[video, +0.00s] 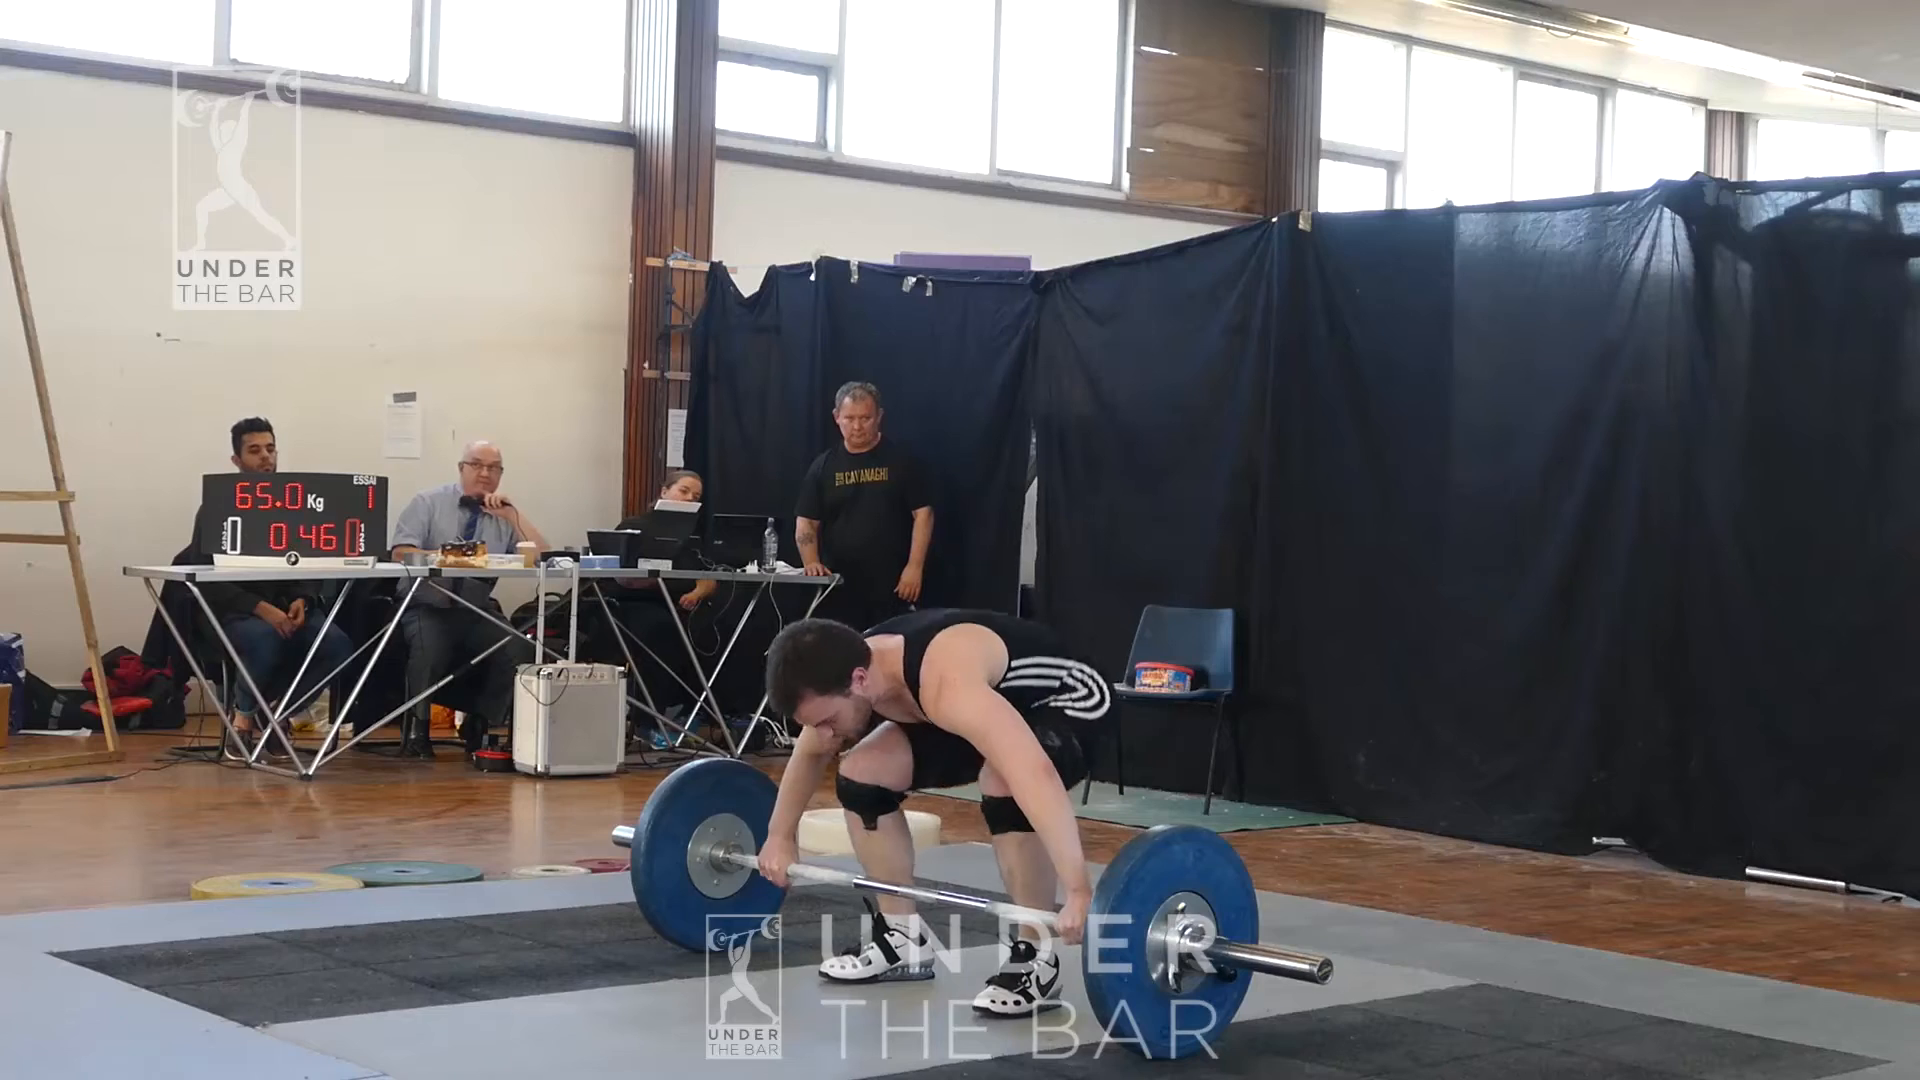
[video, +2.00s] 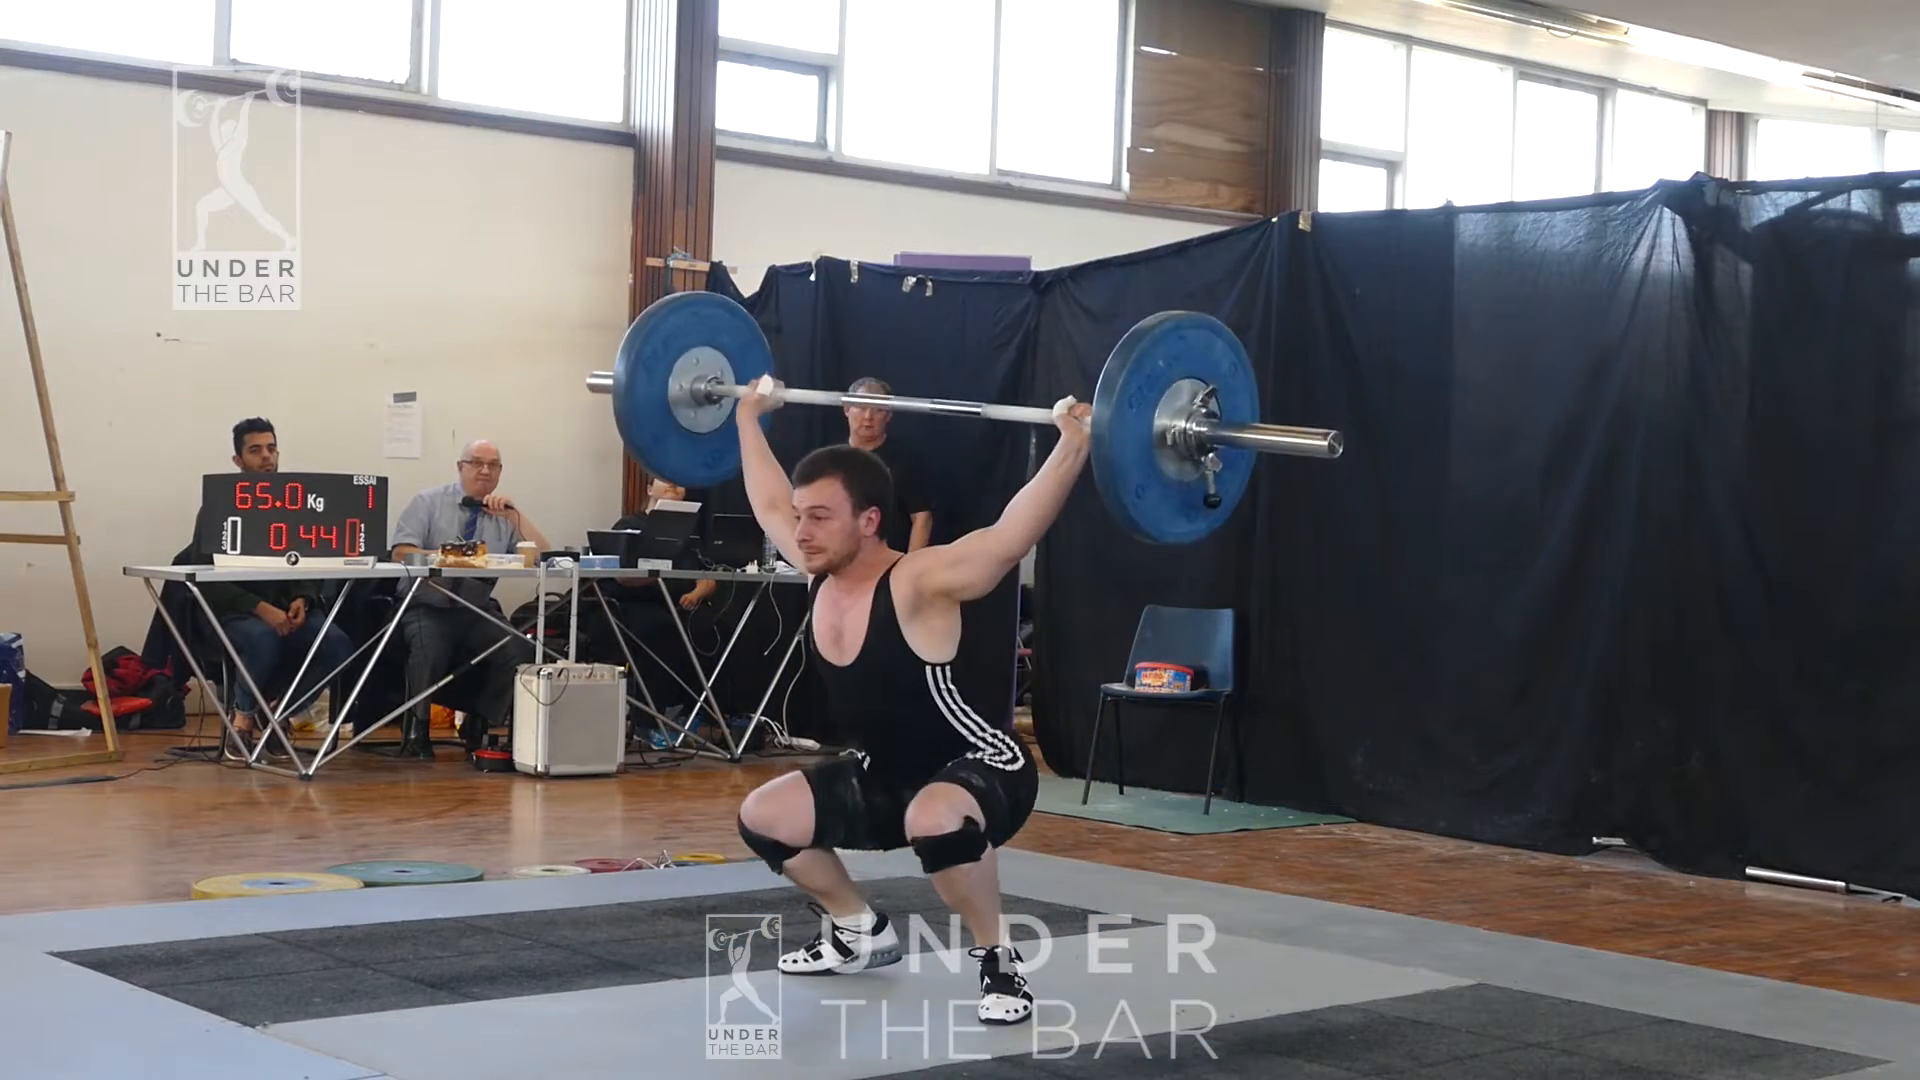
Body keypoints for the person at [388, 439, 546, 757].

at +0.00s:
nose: (485, 473)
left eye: (494, 468)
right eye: (476, 465)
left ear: (501, 475)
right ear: (461, 469)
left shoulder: (503, 516)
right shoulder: (427, 503)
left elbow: (541, 555)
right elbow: (402, 552)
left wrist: (515, 515)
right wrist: (446, 560)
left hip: (478, 609)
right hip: (429, 605)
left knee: (518, 651)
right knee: (430, 649)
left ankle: (477, 727)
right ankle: (417, 732)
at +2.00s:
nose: (485, 471)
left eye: (493, 465)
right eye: (476, 464)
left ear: (500, 473)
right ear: (460, 468)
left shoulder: (504, 516)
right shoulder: (428, 502)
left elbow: (545, 555)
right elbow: (401, 551)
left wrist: (516, 515)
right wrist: (443, 562)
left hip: (478, 609)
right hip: (429, 606)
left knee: (518, 652)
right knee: (429, 651)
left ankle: (477, 725)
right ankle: (417, 730)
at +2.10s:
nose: (484, 471)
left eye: (493, 466)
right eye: (476, 464)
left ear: (500, 473)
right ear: (461, 468)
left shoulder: (503, 517)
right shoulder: (428, 502)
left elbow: (545, 555)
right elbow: (402, 551)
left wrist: (516, 514)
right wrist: (444, 560)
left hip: (478, 609)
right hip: (429, 606)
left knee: (518, 651)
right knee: (429, 651)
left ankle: (477, 726)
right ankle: (417, 730)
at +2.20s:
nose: (485, 471)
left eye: (493, 465)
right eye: (476, 464)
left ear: (500, 473)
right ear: (460, 468)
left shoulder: (504, 516)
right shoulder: (428, 502)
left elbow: (545, 556)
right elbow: (401, 551)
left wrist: (516, 515)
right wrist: (444, 560)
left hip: (478, 609)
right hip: (429, 606)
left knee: (519, 652)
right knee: (430, 650)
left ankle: (477, 725)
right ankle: (417, 731)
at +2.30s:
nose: (485, 471)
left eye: (493, 465)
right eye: (476, 464)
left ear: (500, 473)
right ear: (460, 468)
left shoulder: (504, 516)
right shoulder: (428, 502)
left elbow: (544, 555)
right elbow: (401, 551)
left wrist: (516, 515)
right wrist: (443, 559)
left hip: (478, 609)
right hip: (428, 606)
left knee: (518, 651)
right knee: (429, 649)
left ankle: (477, 726)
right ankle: (417, 731)